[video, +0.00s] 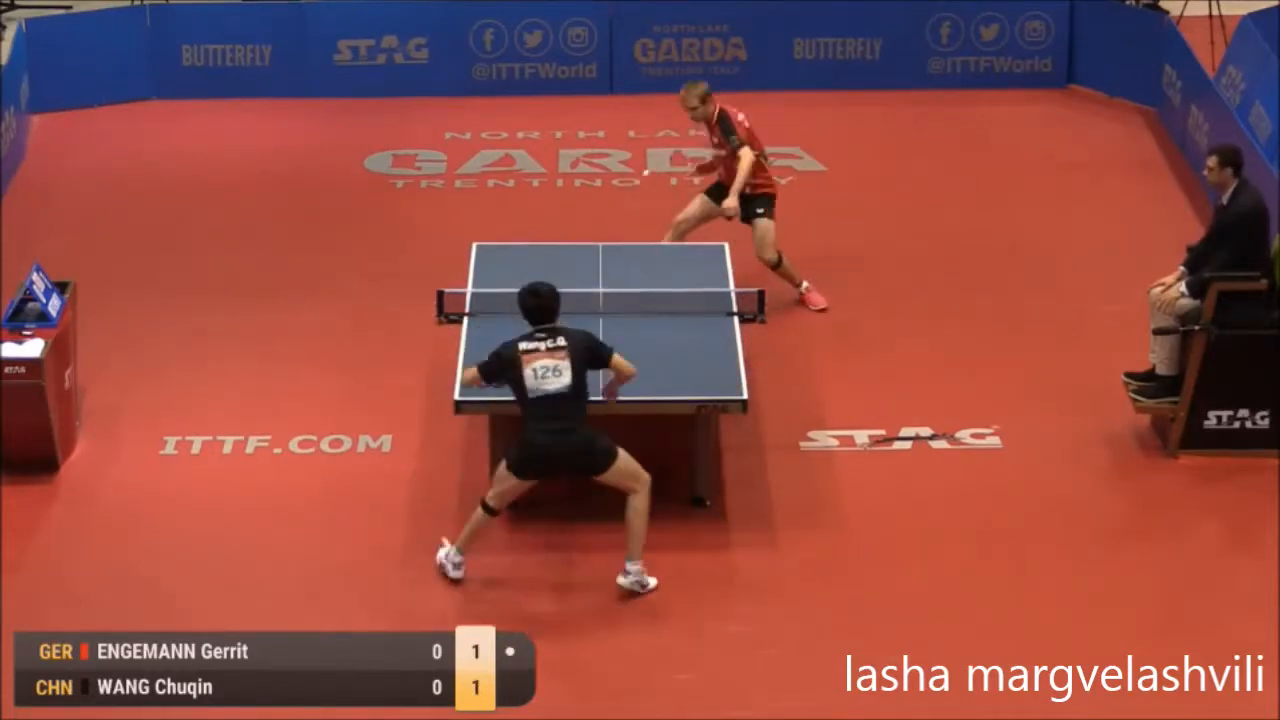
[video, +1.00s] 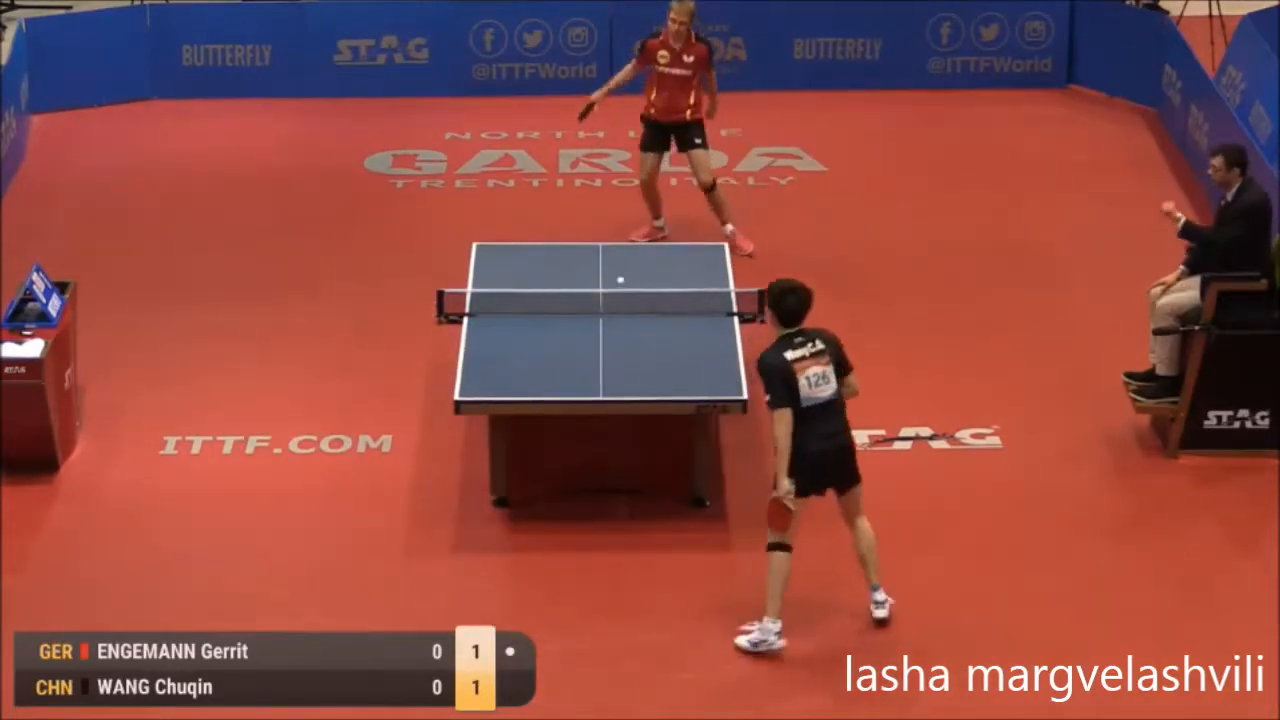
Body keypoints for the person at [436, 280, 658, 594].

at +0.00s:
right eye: (551, 307)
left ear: (525, 314)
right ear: (557, 310)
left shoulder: (510, 352)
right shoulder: (579, 341)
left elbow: (468, 378)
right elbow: (627, 371)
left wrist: (485, 377)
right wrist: (612, 387)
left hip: (534, 446)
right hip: (580, 442)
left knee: (494, 500)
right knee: (640, 484)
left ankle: (454, 556)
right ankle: (634, 570)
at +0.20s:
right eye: (583, 331)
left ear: (560, 342)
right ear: (593, 338)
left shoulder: (546, 380)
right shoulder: (616, 373)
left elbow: (505, 423)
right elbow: (642, 426)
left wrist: (530, 431)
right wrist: (631, 440)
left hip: (570, 476)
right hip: (617, 471)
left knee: (525, 536)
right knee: (674, 519)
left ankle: (516, 617)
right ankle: (720, 590)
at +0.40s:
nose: (621, 365)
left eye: (616, 362)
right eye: (634, 360)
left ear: (614, 370)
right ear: (647, 363)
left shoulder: (612, 409)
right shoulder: (673, 392)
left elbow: (596, 464)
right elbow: (702, 436)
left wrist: (574, 468)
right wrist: (669, 436)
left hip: (632, 499)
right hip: (680, 495)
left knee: (575, 550)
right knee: (739, 526)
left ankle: (520, 615)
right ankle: (747, 612)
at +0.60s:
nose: (671, 354)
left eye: (668, 349)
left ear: (665, 356)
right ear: (698, 349)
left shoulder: (673, 400)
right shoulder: (722, 374)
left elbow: (678, 458)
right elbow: (743, 417)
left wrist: (645, 498)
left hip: (717, 482)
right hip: (757, 473)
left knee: (661, 540)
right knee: (784, 520)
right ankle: (770, 596)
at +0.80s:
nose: (723, 362)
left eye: (723, 358)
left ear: (724, 364)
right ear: (756, 358)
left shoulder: (735, 406)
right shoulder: (778, 388)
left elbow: (744, 466)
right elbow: (780, 436)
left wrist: (735, 524)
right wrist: (737, 451)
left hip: (769, 498)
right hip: (806, 485)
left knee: (712, 561)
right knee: (825, 532)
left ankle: (737, 641)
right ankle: (873, 597)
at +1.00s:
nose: (765, 312)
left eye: (767, 308)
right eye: (769, 306)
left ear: (772, 315)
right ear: (805, 311)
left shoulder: (772, 359)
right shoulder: (827, 340)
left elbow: (783, 420)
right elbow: (850, 388)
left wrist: (781, 476)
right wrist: (813, 399)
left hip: (800, 455)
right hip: (840, 448)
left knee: (779, 535)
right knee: (857, 518)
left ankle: (771, 625)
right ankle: (878, 595)